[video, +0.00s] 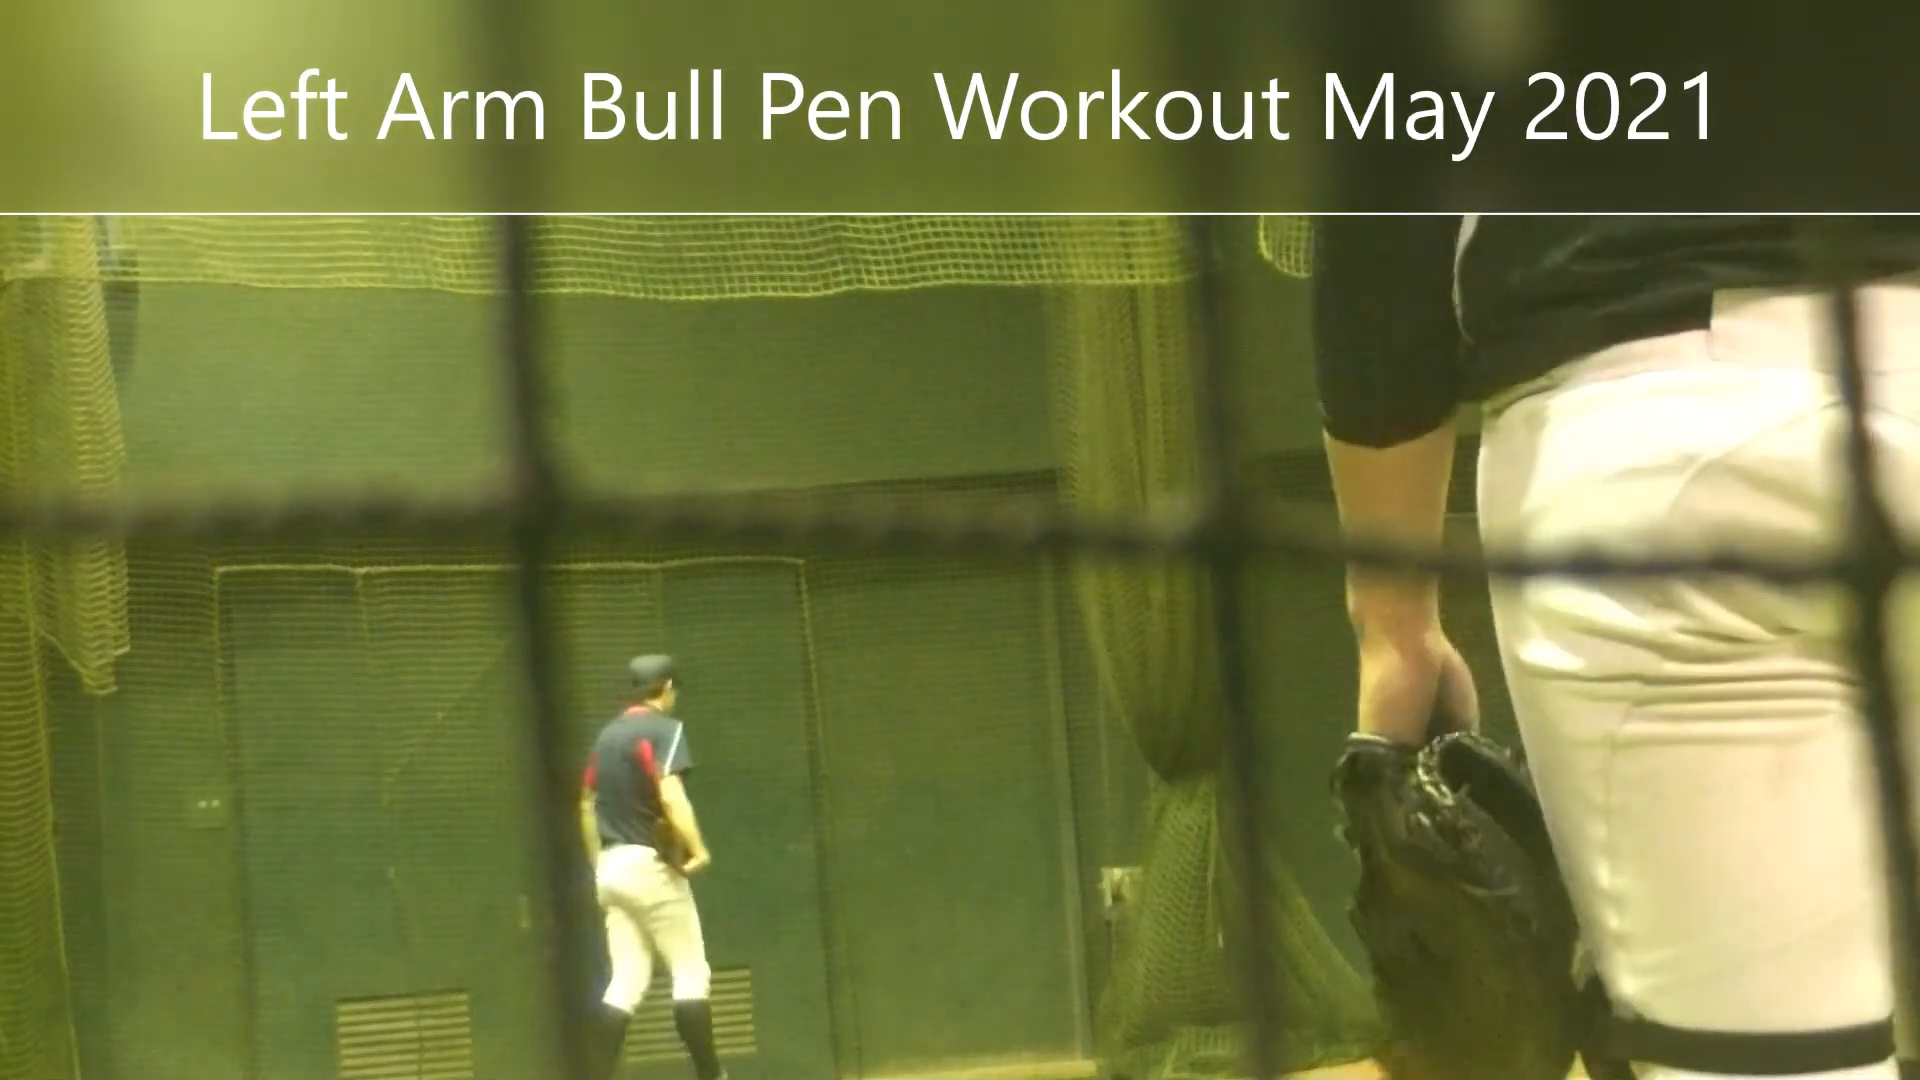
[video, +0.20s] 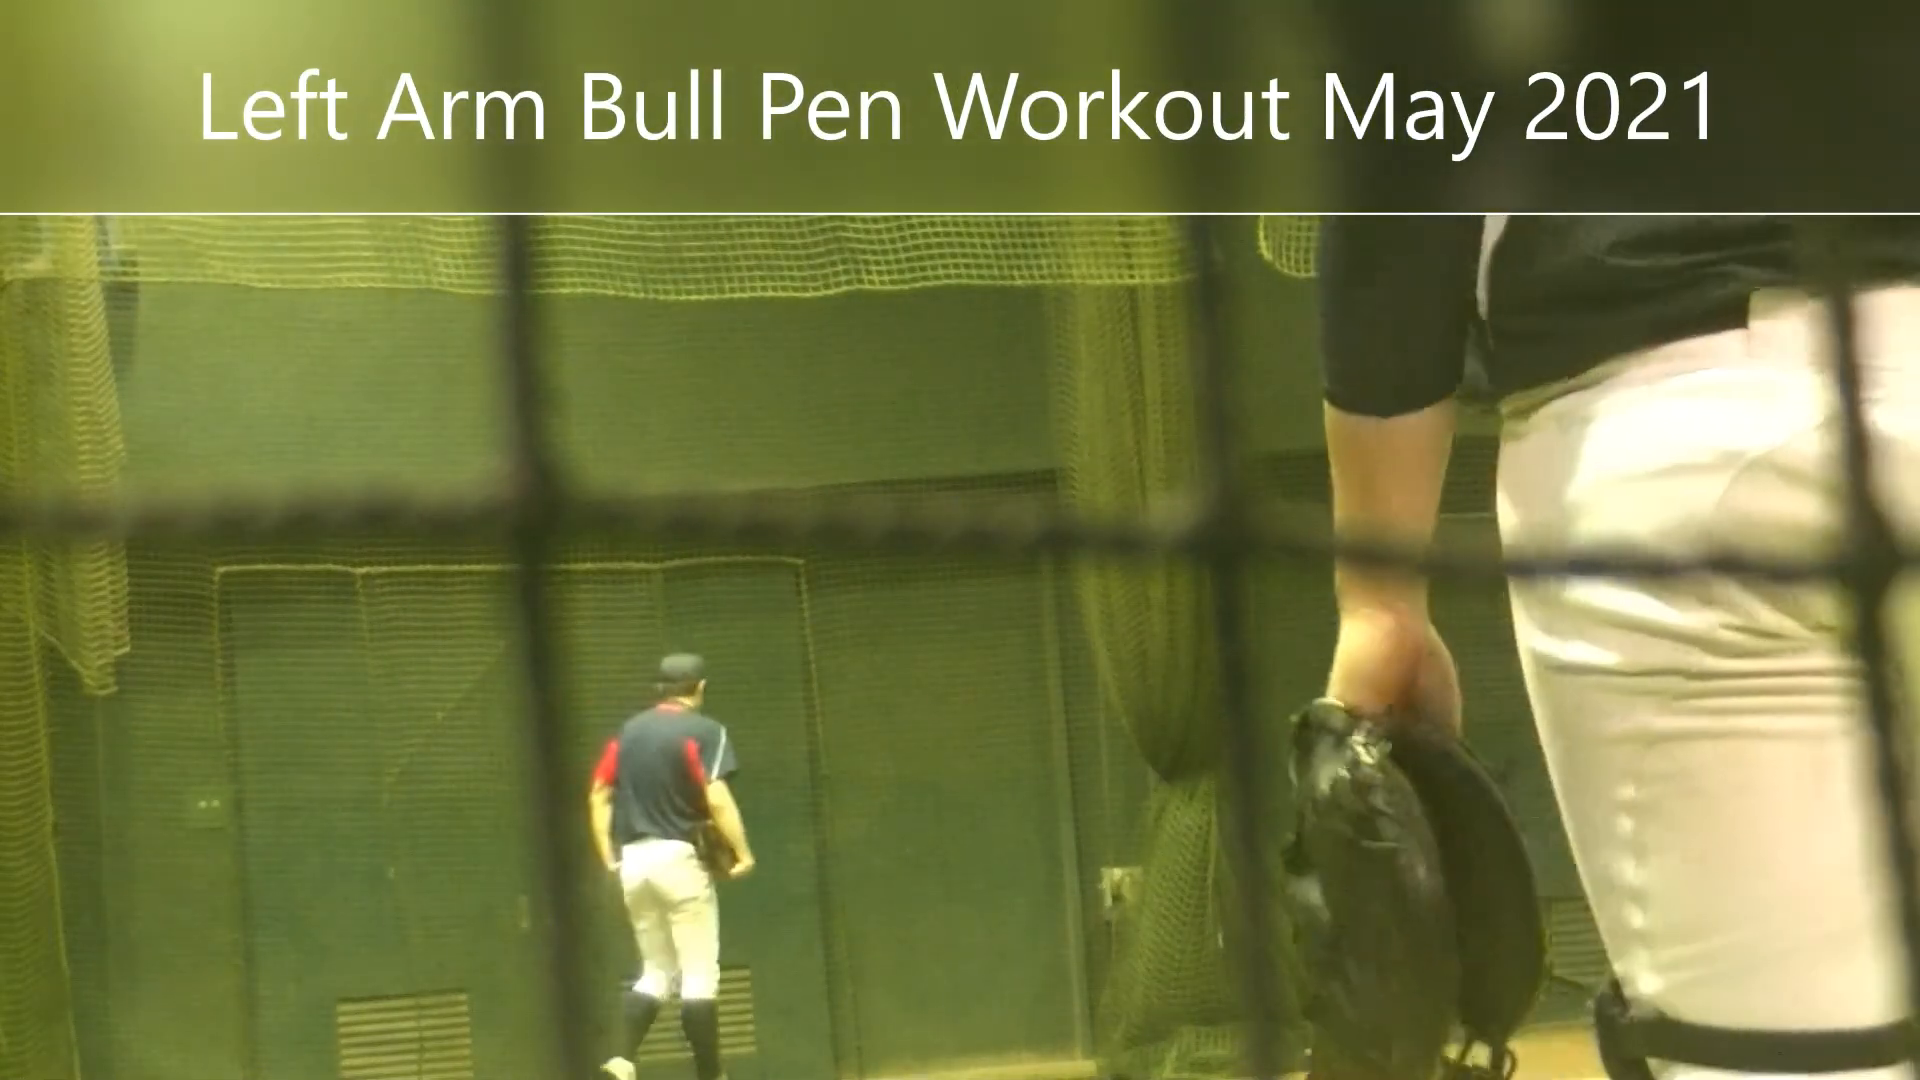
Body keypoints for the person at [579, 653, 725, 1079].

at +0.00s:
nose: (674, 693)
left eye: (671, 686)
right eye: (672, 687)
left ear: (635, 691)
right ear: (663, 689)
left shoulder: (607, 733)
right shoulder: (664, 730)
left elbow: (587, 801)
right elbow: (670, 792)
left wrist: (596, 859)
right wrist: (698, 848)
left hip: (609, 863)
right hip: (648, 861)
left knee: (628, 976)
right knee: (689, 969)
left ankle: (595, 1072)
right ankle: (709, 1072)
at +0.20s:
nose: (703, 692)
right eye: (703, 687)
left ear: (660, 688)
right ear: (698, 688)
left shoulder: (627, 731)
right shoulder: (705, 731)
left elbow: (600, 795)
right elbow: (716, 795)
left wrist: (607, 854)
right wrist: (743, 851)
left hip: (631, 858)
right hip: (680, 856)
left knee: (656, 968)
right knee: (698, 970)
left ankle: (622, 1058)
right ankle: (710, 1072)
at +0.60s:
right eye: (708, 691)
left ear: (672, 695)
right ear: (712, 692)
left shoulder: (646, 732)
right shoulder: (737, 731)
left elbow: (608, 792)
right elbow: (768, 796)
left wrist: (623, 858)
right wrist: (789, 850)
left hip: (664, 857)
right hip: (715, 855)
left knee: (669, 970)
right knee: (715, 967)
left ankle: (676, 1072)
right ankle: (713, 1073)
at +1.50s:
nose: (670, 708)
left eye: (662, 701)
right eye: (680, 701)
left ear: (650, 705)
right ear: (688, 702)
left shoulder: (625, 740)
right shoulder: (709, 731)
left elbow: (592, 803)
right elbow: (742, 792)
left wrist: (613, 866)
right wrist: (770, 842)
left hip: (653, 857)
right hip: (702, 851)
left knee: (671, 968)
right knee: (718, 961)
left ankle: (687, 1070)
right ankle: (720, 1066)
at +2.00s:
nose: (698, 704)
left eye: (674, 697)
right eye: (701, 698)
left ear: (666, 698)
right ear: (703, 699)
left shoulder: (634, 733)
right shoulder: (719, 733)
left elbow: (598, 794)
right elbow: (745, 799)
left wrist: (609, 860)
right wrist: (766, 852)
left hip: (646, 857)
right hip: (697, 856)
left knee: (647, 958)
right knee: (713, 959)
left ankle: (633, 1057)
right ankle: (715, 1068)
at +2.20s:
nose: (696, 709)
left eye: (695, 704)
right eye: (696, 704)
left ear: (657, 699)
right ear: (690, 700)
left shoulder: (621, 735)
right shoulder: (695, 733)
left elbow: (580, 797)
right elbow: (719, 795)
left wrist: (605, 859)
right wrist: (753, 842)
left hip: (627, 860)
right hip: (673, 859)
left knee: (644, 967)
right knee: (704, 960)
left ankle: (616, 1070)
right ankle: (713, 1068)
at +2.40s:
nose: (676, 721)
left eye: (679, 716)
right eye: (677, 714)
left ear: (642, 700)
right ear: (667, 703)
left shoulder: (602, 737)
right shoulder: (659, 730)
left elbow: (582, 804)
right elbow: (668, 790)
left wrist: (612, 837)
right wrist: (710, 830)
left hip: (603, 861)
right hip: (644, 859)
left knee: (623, 972)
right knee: (680, 963)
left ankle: (606, 1072)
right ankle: (706, 1067)